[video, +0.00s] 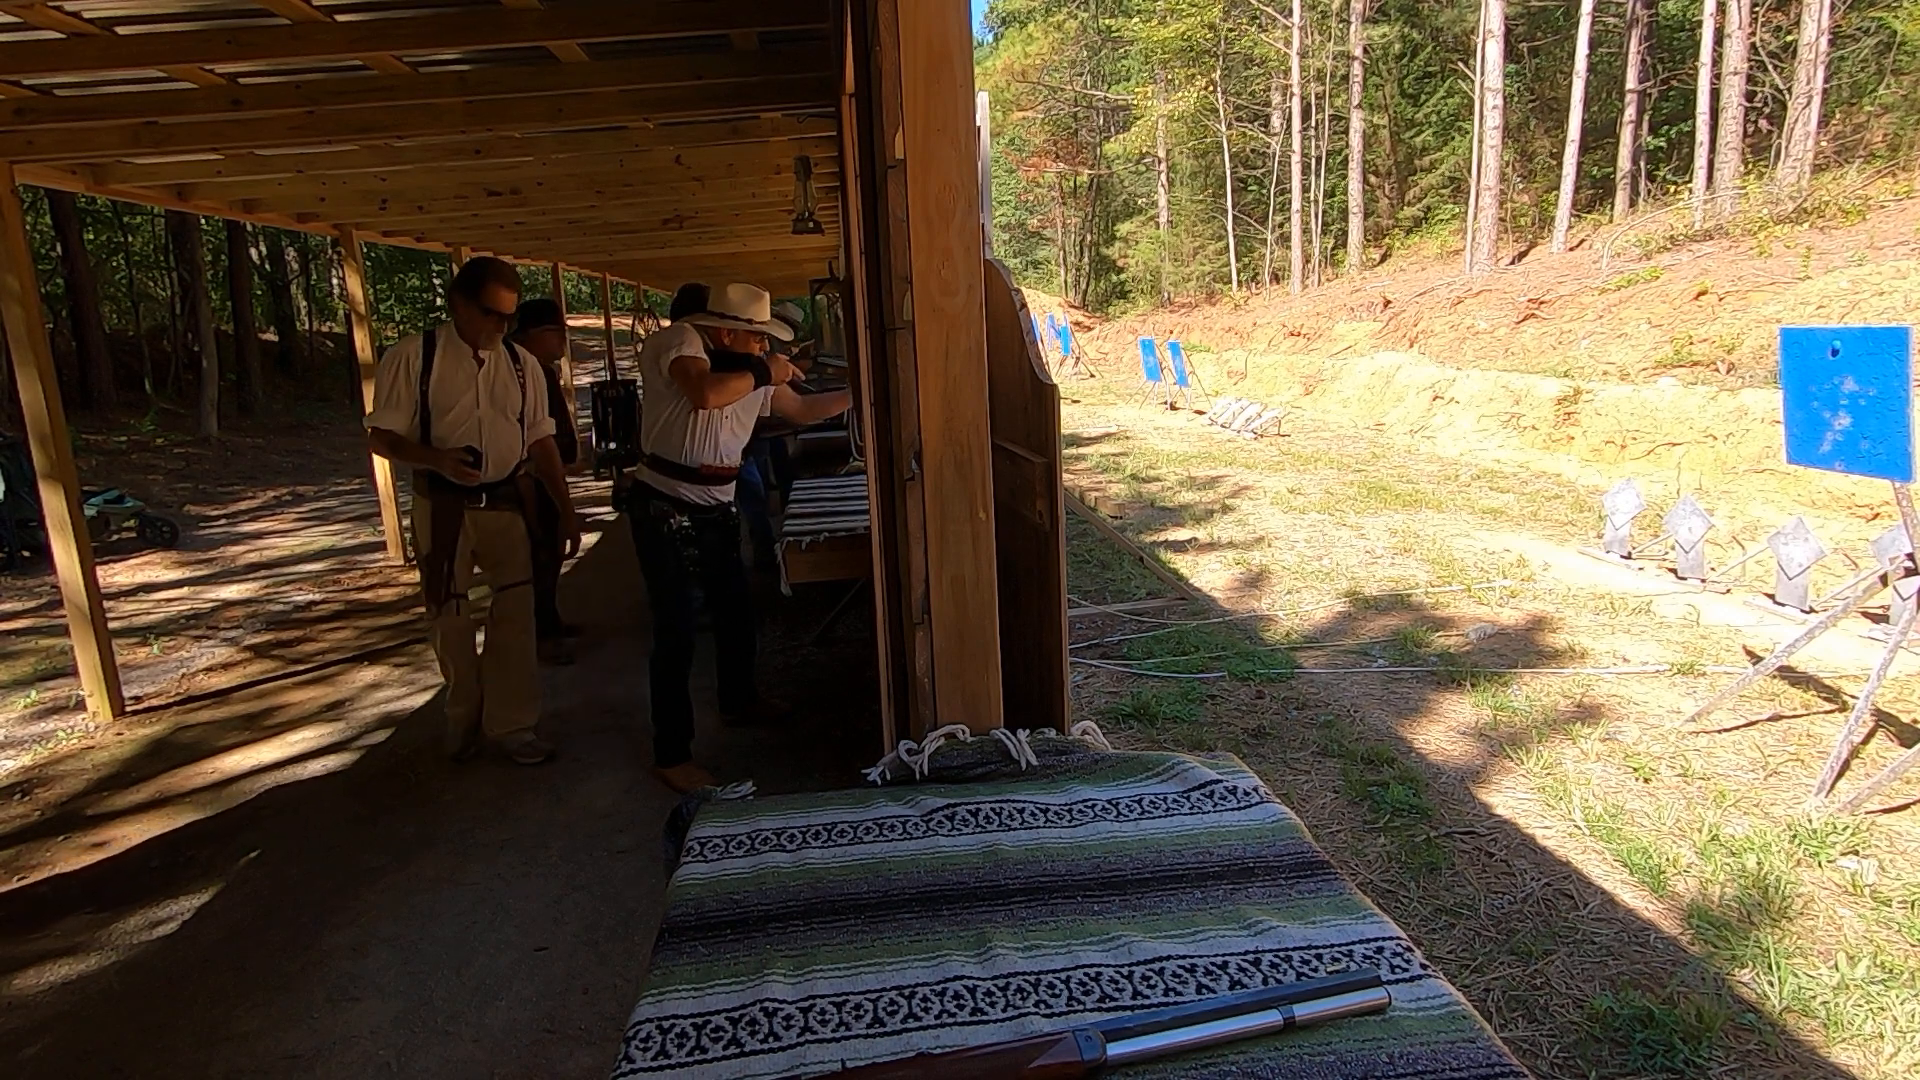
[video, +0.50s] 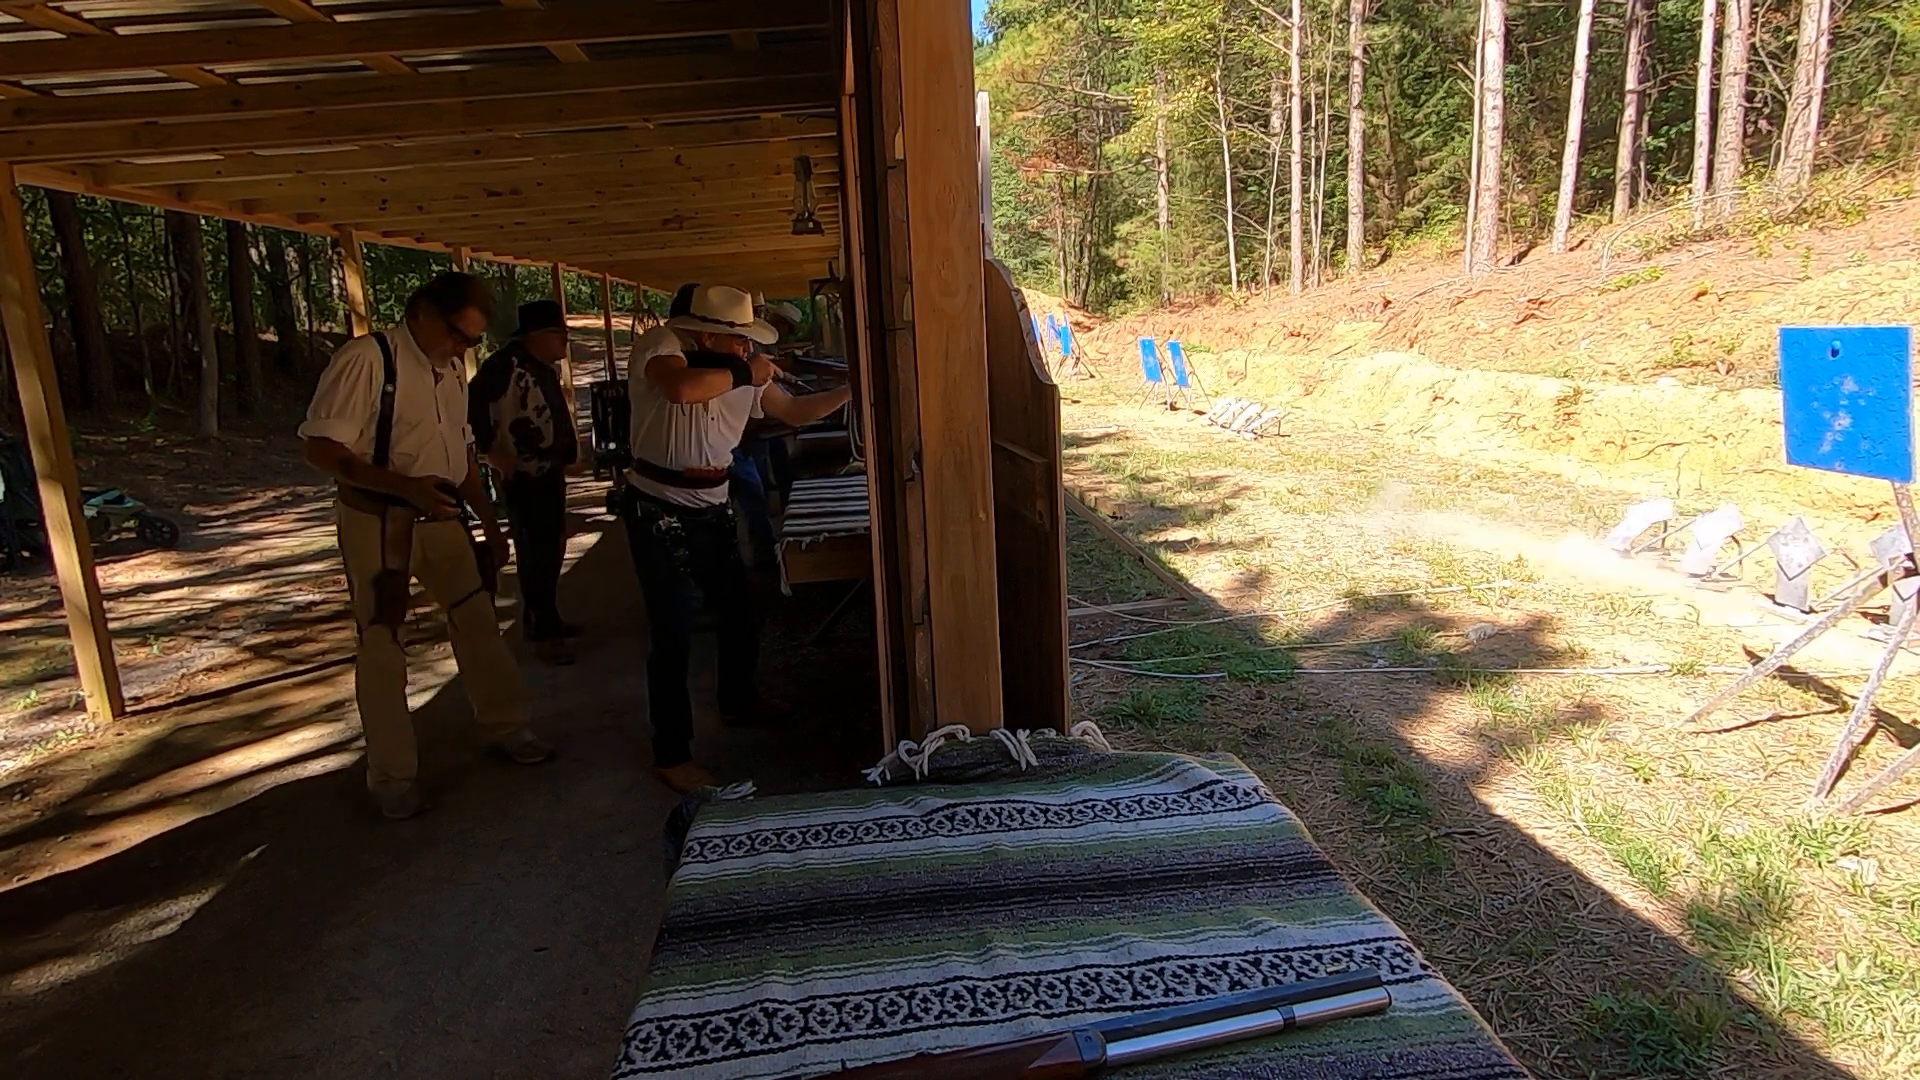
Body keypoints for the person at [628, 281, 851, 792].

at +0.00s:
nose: (762, 345)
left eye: (764, 337)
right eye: (756, 337)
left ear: (745, 335)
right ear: (724, 331)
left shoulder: (750, 367)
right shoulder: (678, 338)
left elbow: (802, 409)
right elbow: (705, 393)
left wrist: (860, 392)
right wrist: (766, 371)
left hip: (718, 511)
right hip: (663, 508)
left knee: (736, 614)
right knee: (675, 631)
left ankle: (740, 708)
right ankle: (673, 757)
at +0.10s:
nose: (762, 347)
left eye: (764, 339)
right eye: (755, 338)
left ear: (750, 337)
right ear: (724, 333)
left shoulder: (751, 374)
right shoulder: (675, 339)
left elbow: (801, 409)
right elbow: (702, 393)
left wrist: (858, 390)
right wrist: (762, 370)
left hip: (719, 511)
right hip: (663, 508)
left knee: (737, 614)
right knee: (675, 631)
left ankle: (740, 706)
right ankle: (672, 757)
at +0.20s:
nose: (754, 344)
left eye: (754, 336)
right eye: (747, 334)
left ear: (741, 334)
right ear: (715, 329)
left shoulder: (744, 373)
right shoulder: (668, 340)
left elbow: (797, 410)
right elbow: (693, 389)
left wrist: (858, 392)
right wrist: (755, 371)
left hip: (719, 508)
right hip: (661, 506)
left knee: (738, 612)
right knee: (676, 628)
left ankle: (740, 706)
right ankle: (673, 756)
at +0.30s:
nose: (751, 348)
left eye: (752, 339)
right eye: (744, 338)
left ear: (744, 337)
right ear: (710, 334)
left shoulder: (745, 377)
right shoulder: (664, 344)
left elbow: (796, 412)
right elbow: (688, 391)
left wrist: (857, 394)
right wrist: (754, 373)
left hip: (717, 510)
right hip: (659, 510)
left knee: (738, 611)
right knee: (674, 630)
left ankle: (740, 706)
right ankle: (672, 756)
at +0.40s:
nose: (753, 350)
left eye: (754, 341)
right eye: (745, 341)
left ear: (745, 339)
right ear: (710, 336)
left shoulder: (747, 376)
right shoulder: (666, 344)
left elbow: (796, 412)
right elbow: (690, 393)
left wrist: (857, 395)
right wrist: (756, 374)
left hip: (714, 511)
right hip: (657, 510)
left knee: (738, 611)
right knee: (671, 632)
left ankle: (740, 705)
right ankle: (672, 756)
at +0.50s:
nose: (748, 350)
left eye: (748, 341)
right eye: (740, 341)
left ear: (739, 338)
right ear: (707, 336)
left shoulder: (743, 376)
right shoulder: (659, 343)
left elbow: (793, 411)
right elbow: (679, 388)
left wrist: (852, 389)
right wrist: (746, 374)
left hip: (713, 510)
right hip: (655, 509)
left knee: (738, 611)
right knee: (672, 630)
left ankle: (740, 705)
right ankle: (672, 756)